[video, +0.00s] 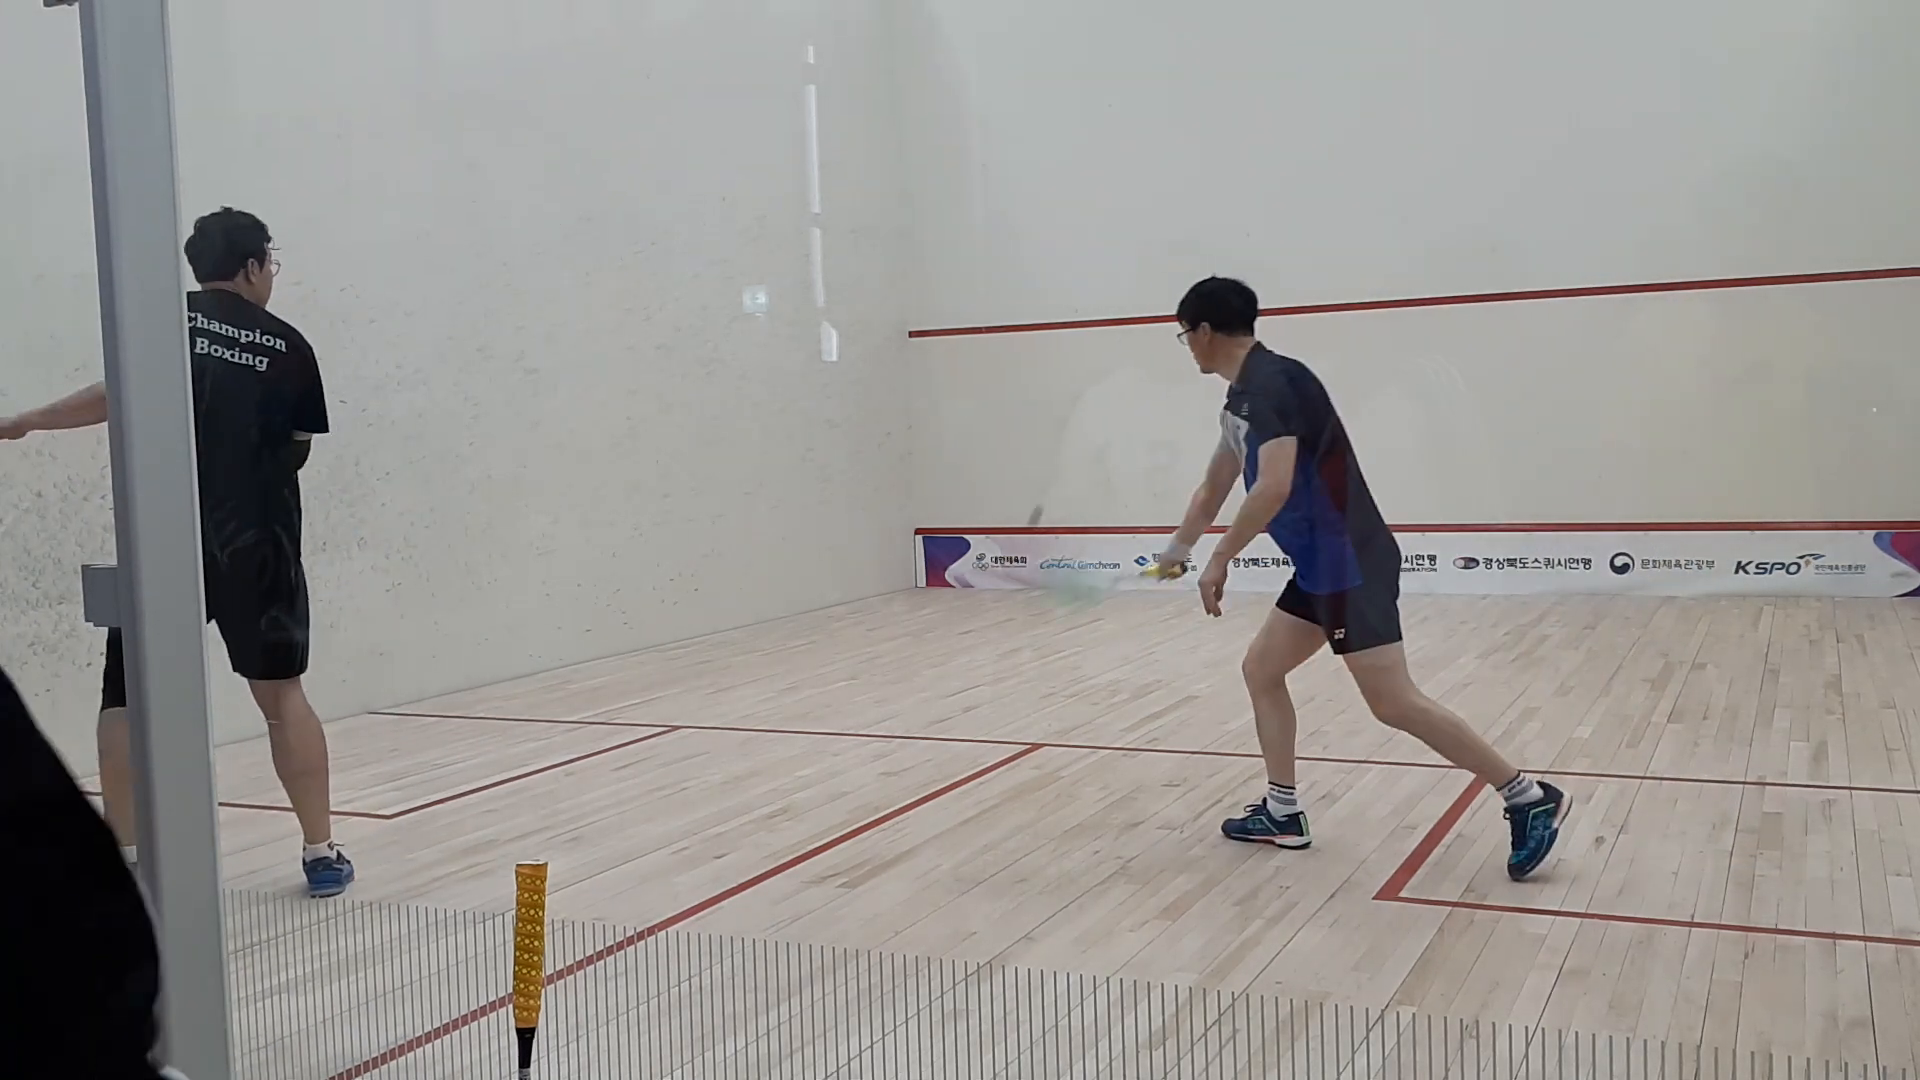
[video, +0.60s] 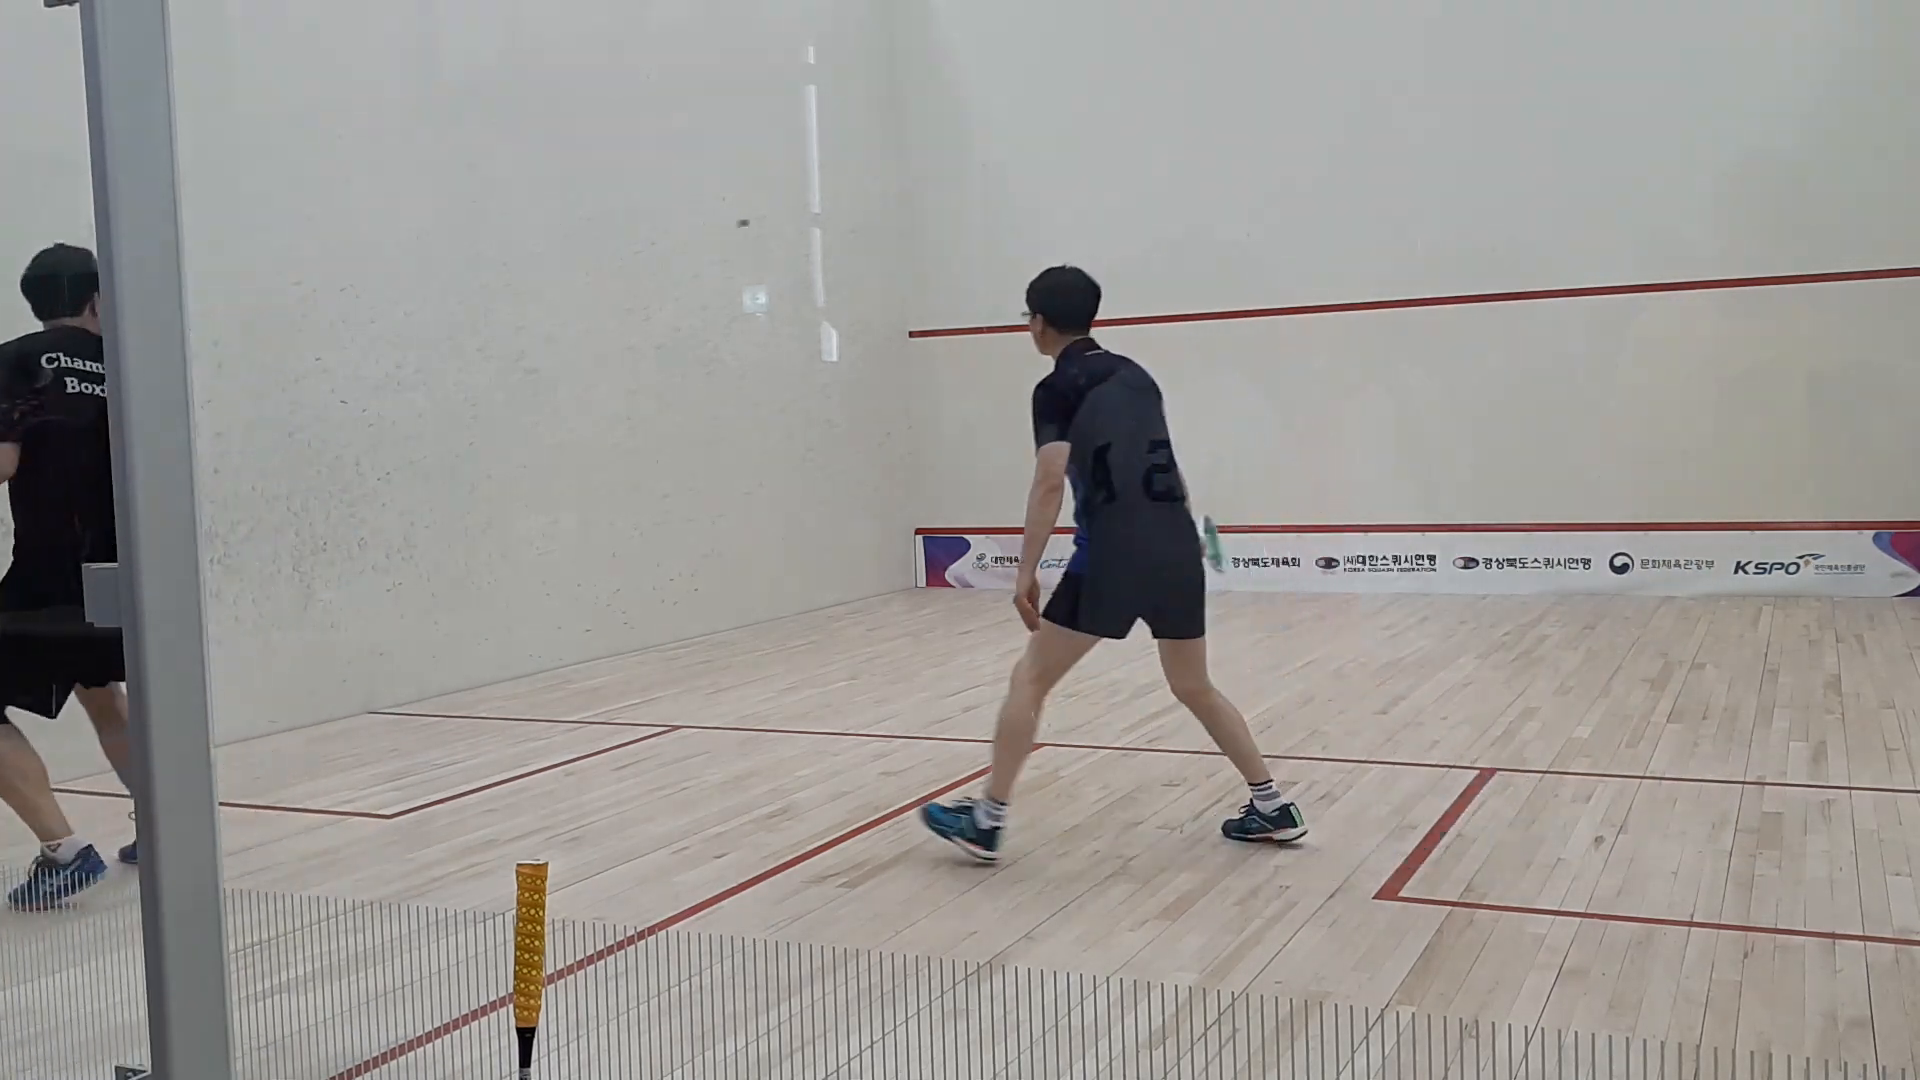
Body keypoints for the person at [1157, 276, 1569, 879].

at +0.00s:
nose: (1186, 344)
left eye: (1187, 332)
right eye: (1185, 333)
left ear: (1209, 331)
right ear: (1234, 326)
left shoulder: (1273, 383)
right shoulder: (1242, 395)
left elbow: (1274, 487)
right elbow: (1214, 486)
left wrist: (1221, 557)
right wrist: (1176, 549)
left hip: (1357, 564)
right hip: (1322, 568)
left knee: (1394, 702)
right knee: (1261, 669)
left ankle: (1528, 796)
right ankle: (1281, 810)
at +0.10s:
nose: (1160, 340)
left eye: (1160, 330)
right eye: (1158, 330)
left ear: (1175, 331)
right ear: (1214, 322)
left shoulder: (1227, 384)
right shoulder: (1239, 372)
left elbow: (1231, 480)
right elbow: (1289, 466)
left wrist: (1193, 566)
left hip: (1320, 556)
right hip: (1301, 558)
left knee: (1370, 690)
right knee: (1254, 670)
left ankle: (1500, 787)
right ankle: (1281, 808)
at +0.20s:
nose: (1138, 329)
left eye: (1137, 320)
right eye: (1138, 320)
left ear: (1148, 324)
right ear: (1197, 312)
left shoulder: (1185, 380)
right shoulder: (1243, 364)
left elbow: (1182, 475)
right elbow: (1288, 449)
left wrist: (1161, 561)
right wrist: (1259, 541)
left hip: (1281, 550)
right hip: (1306, 537)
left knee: (1325, 689)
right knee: (1247, 670)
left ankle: (1445, 789)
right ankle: (1281, 807)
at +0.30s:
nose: (1119, 324)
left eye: (1118, 315)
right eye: (1119, 314)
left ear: (1128, 318)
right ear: (1177, 307)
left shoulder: (1155, 375)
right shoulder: (1223, 359)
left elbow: (1152, 466)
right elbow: (1256, 446)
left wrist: (1125, 558)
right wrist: (1289, 497)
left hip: (1245, 544)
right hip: (1279, 533)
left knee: (1257, 686)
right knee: (1243, 674)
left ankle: (1360, 803)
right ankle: (1281, 806)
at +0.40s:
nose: (1094, 320)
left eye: (1094, 311)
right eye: (1093, 311)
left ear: (1104, 315)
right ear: (1155, 306)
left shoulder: (1128, 375)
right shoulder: (1199, 359)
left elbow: (1121, 469)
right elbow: (1233, 446)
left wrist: (1093, 556)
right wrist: (1270, 508)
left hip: (1203, 551)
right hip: (1260, 540)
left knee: (1177, 685)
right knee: (1239, 676)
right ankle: (1282, 805)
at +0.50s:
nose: (1064, 319)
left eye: (1065, 310)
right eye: (1068, 308)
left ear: (1074, 315)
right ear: (1124, 309)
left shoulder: (1099, 378)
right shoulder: (1171, 364)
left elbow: (1090, 472)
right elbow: (1198, 458)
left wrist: (1064, 560)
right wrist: (1235, 523)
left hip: (1158, 556)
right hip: (1223, 548)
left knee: (1101, 677)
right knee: (1220, 678)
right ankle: (1278, 804)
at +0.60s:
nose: (1028, 325)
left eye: (1030, 316)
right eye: (1030, 314)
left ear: (1042, 323)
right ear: (1089, 319)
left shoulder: (1055, 387)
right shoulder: (1138, 376)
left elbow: (1051, 481)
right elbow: (1160, 473)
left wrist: (1028, 569)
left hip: (1110, 562)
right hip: (1178, 556)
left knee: (1031, 677)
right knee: (1194, 684)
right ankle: (1271, 801)